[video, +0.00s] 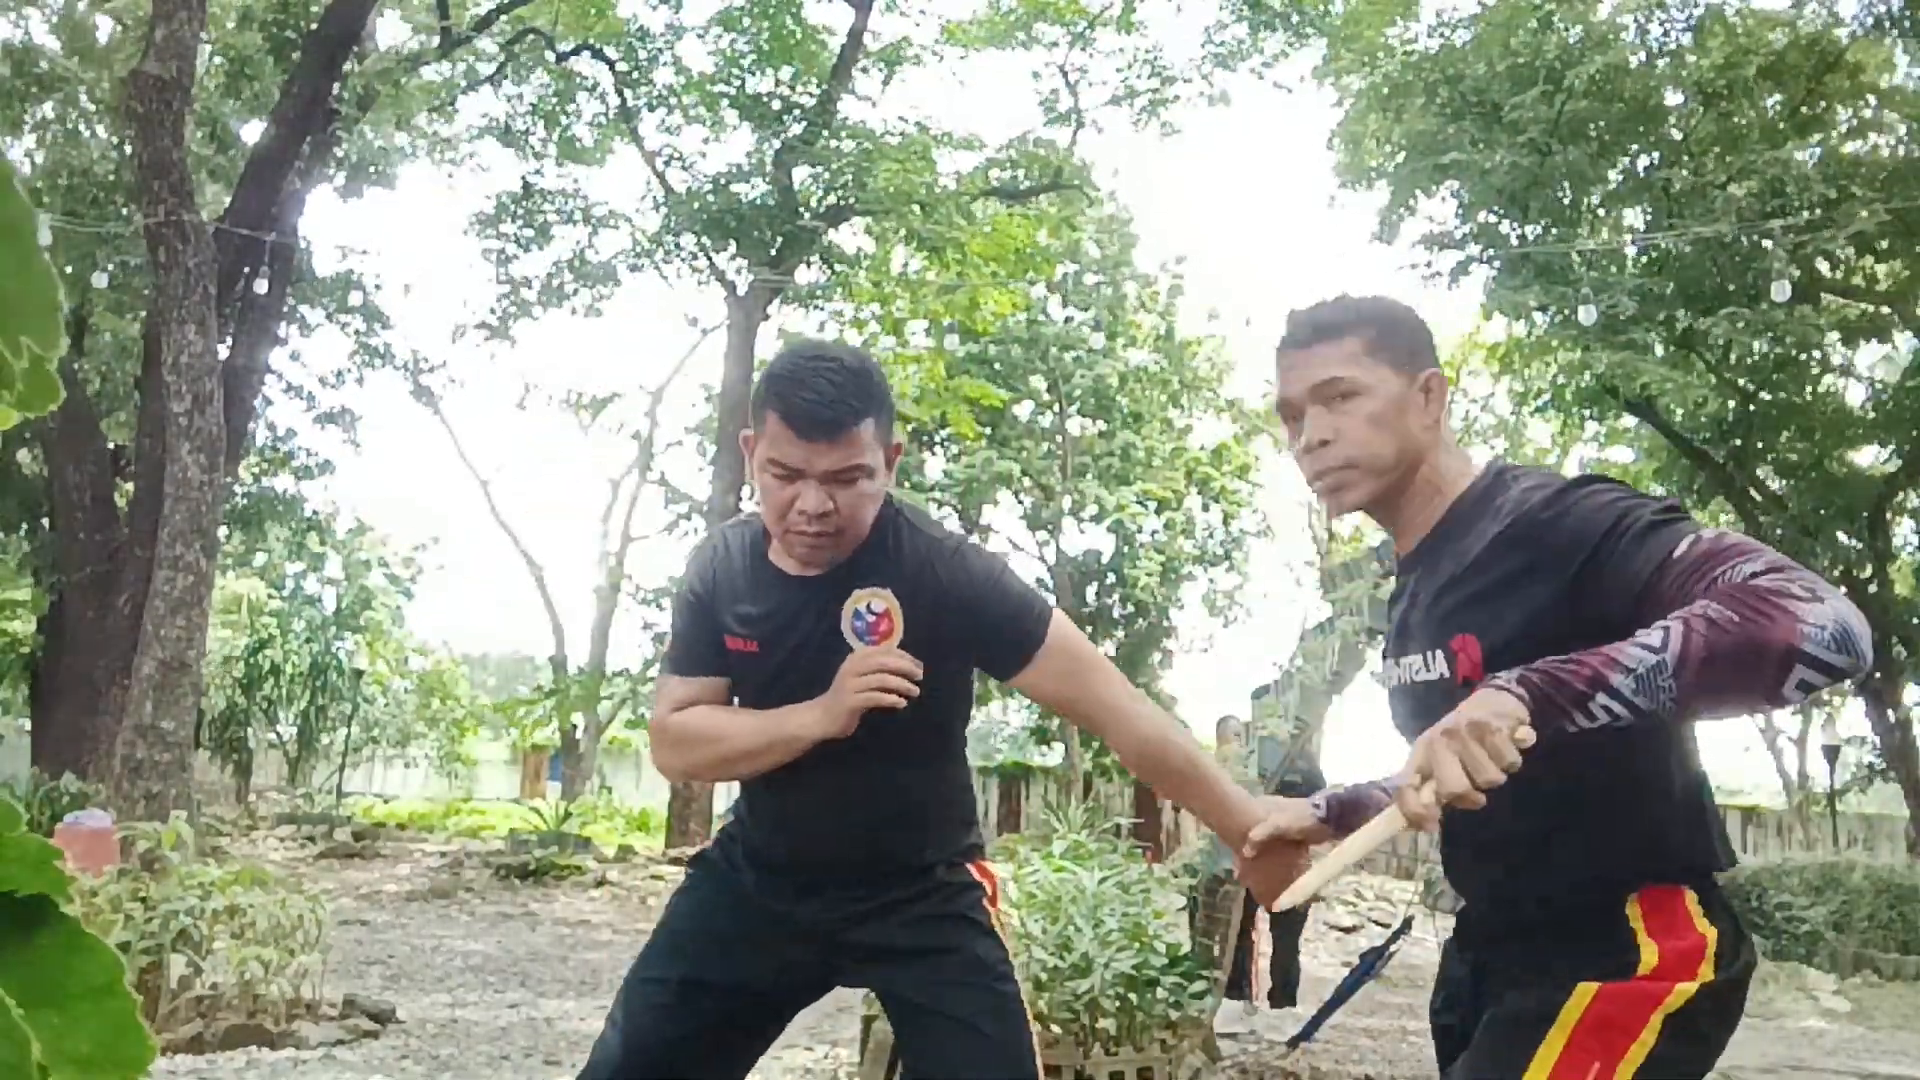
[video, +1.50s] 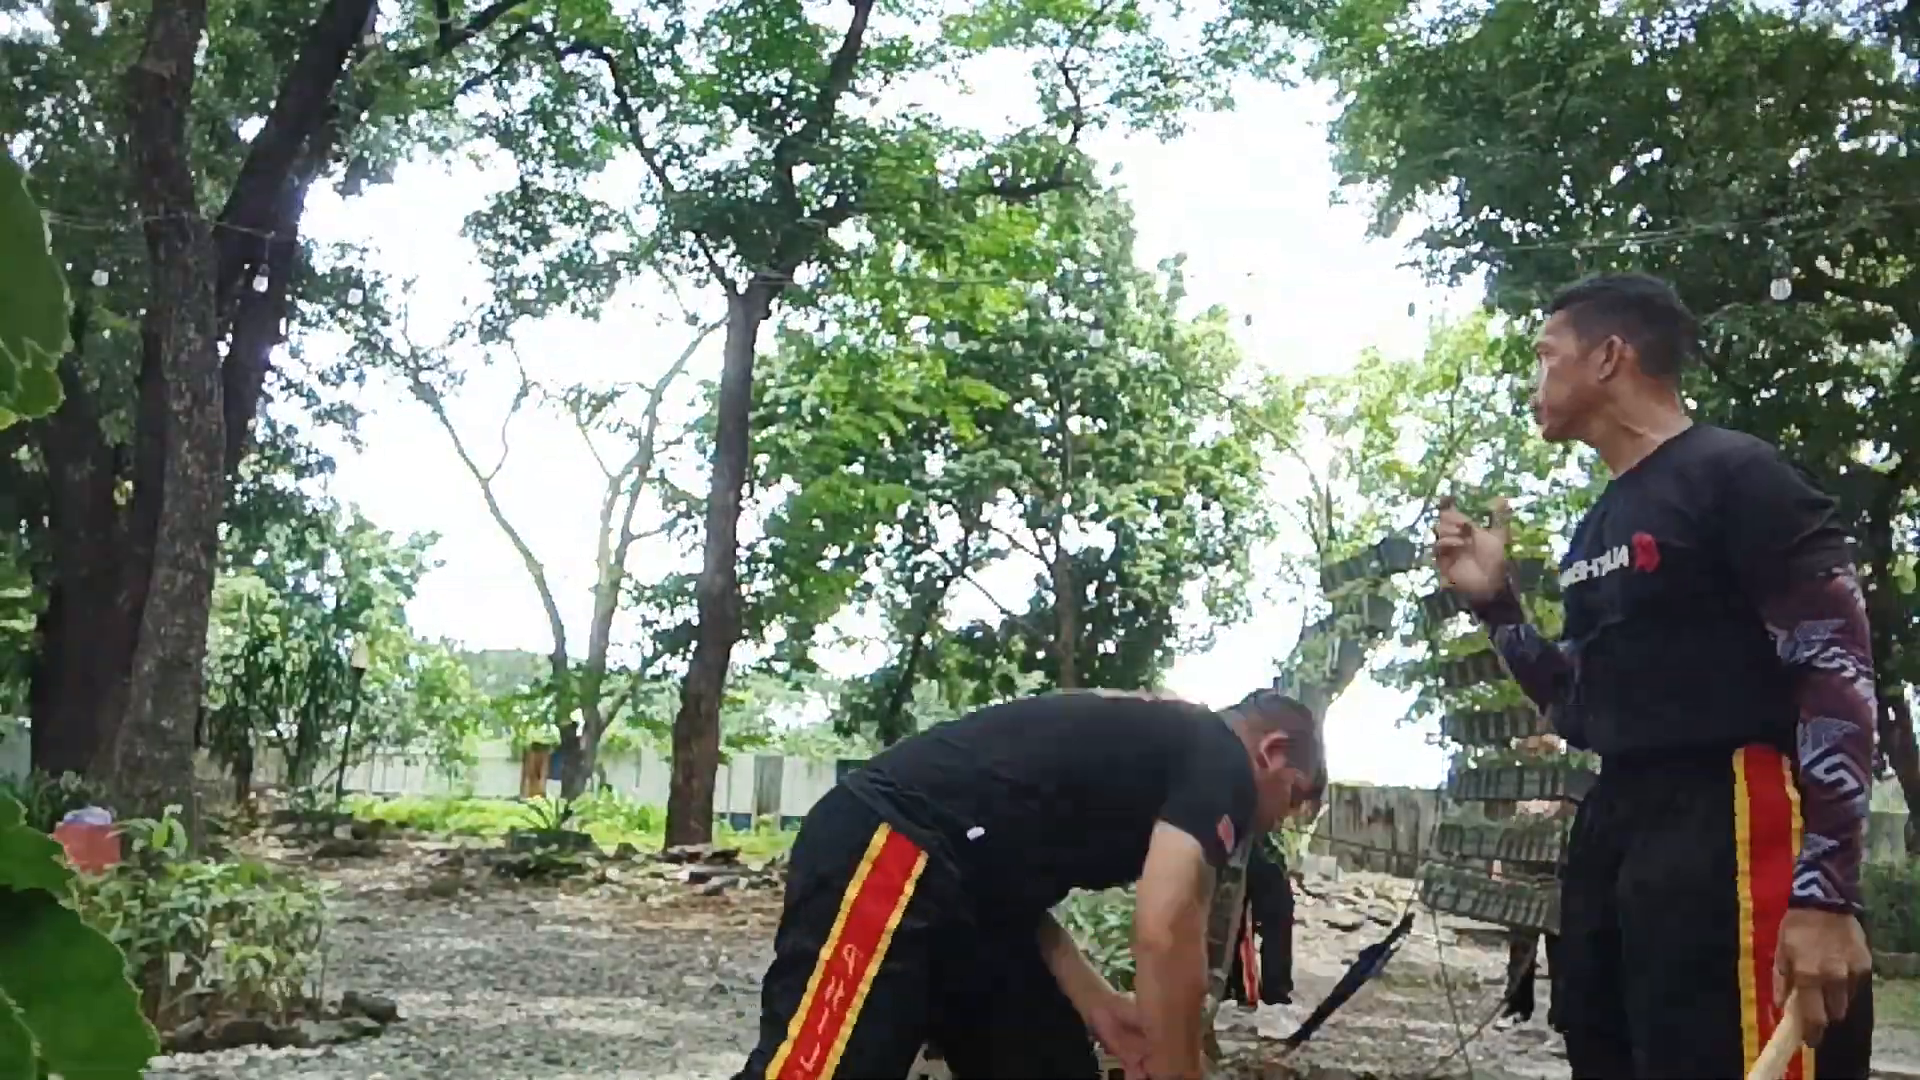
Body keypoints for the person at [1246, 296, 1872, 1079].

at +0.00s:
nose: (1308, 435)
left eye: (1336, 397)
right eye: (1291, 417)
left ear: (1429, 397)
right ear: (1285, 436)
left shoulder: (1561, 520)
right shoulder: (1418, 589)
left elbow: (1819, 627)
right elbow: (1469, 773)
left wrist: (1527, 695)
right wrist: (1330, 815)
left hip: (1632, 958)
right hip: (1495, 953)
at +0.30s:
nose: (1446, 371)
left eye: (1479, 342)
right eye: (1427, 349)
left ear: (1548, 364)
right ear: (1410, 373)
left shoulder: (1641, 507)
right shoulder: (1449, 545)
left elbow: (1804, 691)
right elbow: (1404, 741)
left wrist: (1908, 860)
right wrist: (1332, 679)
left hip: (1615, 883)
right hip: (1484, 877)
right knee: (1459, 1065)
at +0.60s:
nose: (1501, 342)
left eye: (1531, 321)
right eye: (1492, 326)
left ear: (1598, 348)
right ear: (1485, 354)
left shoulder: (1685, 478)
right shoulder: (1482, 518)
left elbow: (1804, 657)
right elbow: (1456, 689)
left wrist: (1885, 837)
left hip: (1675, 838)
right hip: (1533, 835)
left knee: (1681, 1052)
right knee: (1534, 1053)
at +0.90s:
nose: (1566, 326)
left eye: (1601, 304)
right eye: (1555, 311)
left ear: (1671, 332)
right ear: (1547, 342)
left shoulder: (1768, 475)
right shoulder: (1552, 502)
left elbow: (1869, 679)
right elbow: (1572, 706)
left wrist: (1832, 878)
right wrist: (1547, 902)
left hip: (1731, 884)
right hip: (1585, 890)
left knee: (1740, 1064)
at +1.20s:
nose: (1575, 331)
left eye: (1606, 308)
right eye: (1571, 315)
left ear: (1690, 326)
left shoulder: (1782, 469)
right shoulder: (1607, 506)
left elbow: (1883, 688)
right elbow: (1637, 690)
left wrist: (1876, 903)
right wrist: (1567, 747)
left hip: (1756, 840)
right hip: (1623, 845)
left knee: (1752, 1057)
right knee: (1616, 1057)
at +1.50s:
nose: (1532, 386)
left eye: (1545, 355)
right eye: (1534, 361)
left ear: (1610, 357)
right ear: (1608, 361)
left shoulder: (1735, 470)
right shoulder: (1593, 529)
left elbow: (1838, 670)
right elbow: (1587, 709)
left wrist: (1827, 895)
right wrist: (1497, 604)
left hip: (1731, 813)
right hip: (1618, 814)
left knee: (1721, 1053)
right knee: (1603, 1047)